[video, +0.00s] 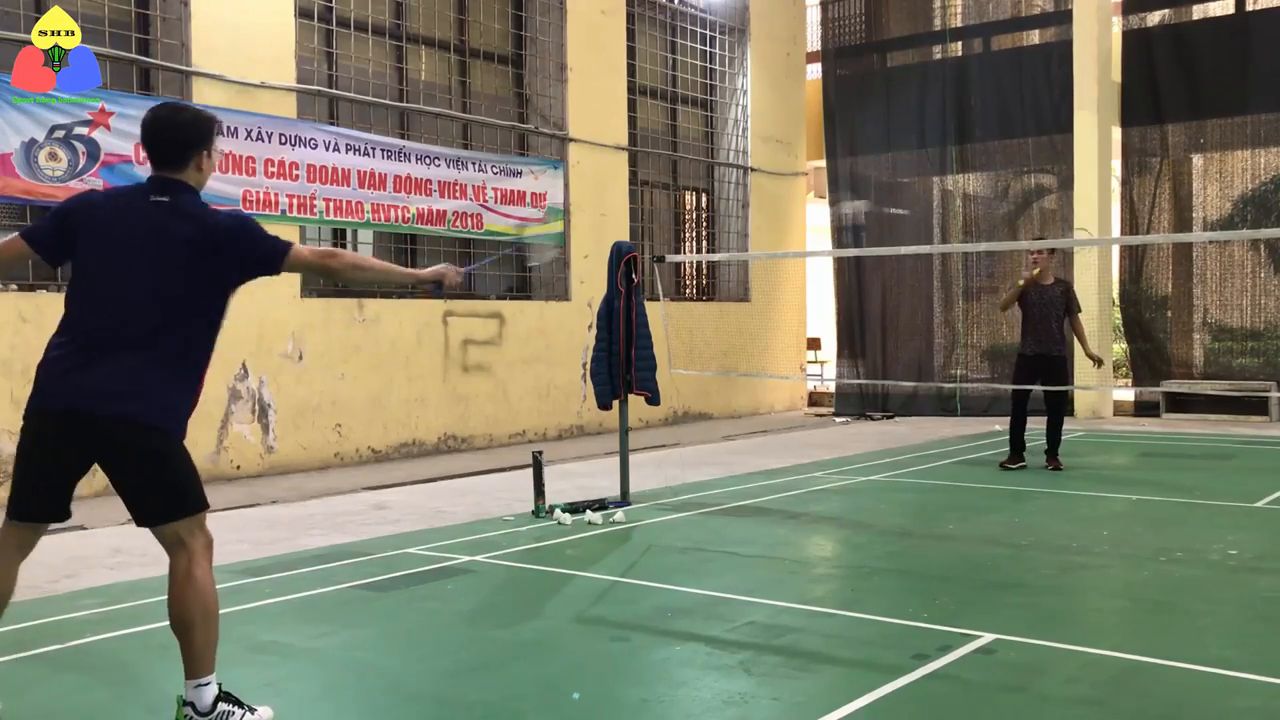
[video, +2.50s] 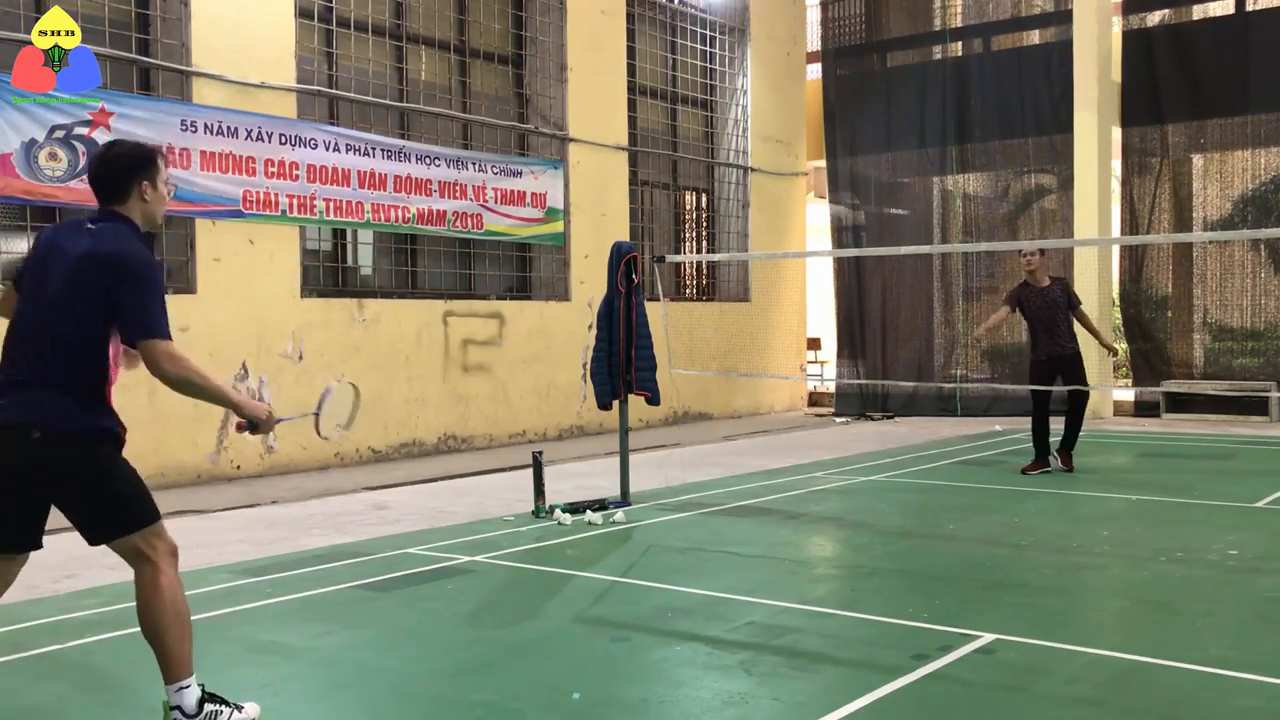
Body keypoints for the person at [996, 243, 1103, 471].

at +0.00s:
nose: (1034, 257)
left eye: (1039, 253)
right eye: (1031, 253)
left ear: (1051, 256)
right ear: (1029, 257)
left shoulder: (1064, 287)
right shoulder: (1023, 287)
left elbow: (1074, 321)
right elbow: (1003, 306)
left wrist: (1087, 350)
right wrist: (1022, 284)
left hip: (1056, 357)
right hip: (1028, 356)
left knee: (1056, 409)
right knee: (1018, 405)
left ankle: (1052, 456)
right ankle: (1016, 455)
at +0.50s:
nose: (1033, 255)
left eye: (1038, 252)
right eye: (1030, 252)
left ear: (1047, 256)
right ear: (1026, 257)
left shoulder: (1060, 289)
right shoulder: (1018, 287)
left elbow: (1066, 325)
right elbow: (1010, 312)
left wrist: (1075, 355)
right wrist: (1009, 331)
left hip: (1052, 355)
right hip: (1023, 354)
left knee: (1059, 406)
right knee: (1018, 405)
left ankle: (1060, 454)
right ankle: (1016, 456)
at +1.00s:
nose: (1041, 257)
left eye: (1046, 253)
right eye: (1038, 253)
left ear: (1056, 256)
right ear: (1034, 257)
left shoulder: (1070, 288)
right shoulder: (1029, 286)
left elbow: (1081, 321)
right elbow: (1007, 305)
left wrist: (1096, 348)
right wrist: (1028, 282)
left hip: (1061, 357)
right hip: (1032, 355)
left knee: (1063, 408)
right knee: (1027, 406)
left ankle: (1059, 455)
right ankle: (1027, 456)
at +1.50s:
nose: (1020, 257)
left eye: (1025, 253)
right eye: (1017, 254)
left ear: (1036, 258)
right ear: (1014, 260)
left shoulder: (1054, 285)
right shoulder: (1011, 291)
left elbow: (1069, 317)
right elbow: (1000, 316)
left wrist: (1087, 344)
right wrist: (998, 330)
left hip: (1056, 355)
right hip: (1028, 357)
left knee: (1062, 405)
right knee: (1026, 407)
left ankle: (1058, 453)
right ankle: (1029, 457)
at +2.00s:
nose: (1042, 259)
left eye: (1047, 255)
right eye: (1038, 255)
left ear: (1057, 259)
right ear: (1034, 259)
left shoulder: (1068, 289)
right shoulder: (1026, 289)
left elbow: (1078, 322)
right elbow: (1005, 311)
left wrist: (1087, 352)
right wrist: (1027, 290)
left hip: (1062, 358)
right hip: (1033, 357)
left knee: (1065, 408)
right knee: (1026, 404)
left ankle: (1056, 457)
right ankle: (1032, 453)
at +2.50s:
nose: (1027, 259)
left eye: (1032, 255)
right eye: (1024, 256)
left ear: (1042, 258)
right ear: (1020, 261)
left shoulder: (1061, 285)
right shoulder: (1019, 293)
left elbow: (1081, 316)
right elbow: (1001, 314)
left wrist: (1103, 341)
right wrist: (981, 329)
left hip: (1070, 355)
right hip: (1041, 358)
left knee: (1081, 397)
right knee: (1039, 407)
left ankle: (1065, 450)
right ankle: (1041, 459)